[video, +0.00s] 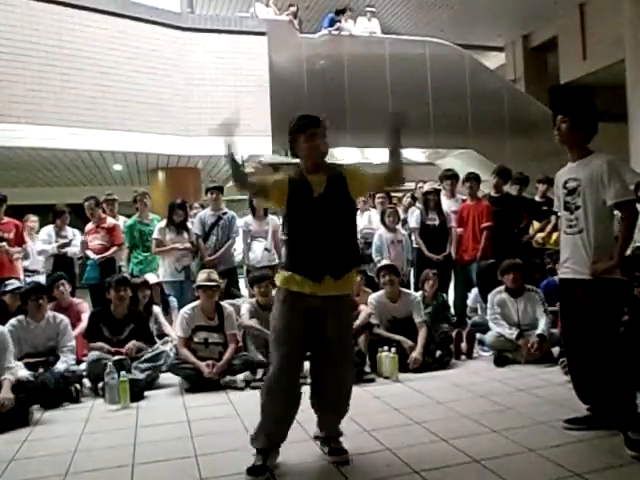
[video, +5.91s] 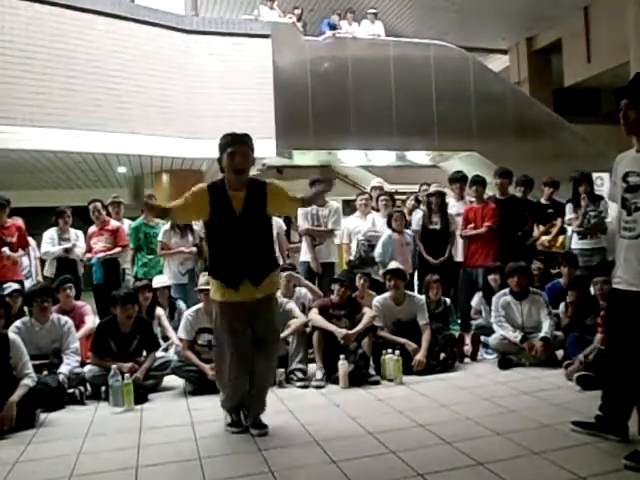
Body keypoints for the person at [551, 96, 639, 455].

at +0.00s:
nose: (557, 130)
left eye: (563, 124)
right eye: (557, 125)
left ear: (582, 129)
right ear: (562, 132)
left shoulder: (604, 165)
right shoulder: (562, 175)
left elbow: (628, 213)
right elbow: (563, 221)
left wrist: (616, 259)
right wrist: (561, 257)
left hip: (601, 276)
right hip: (571, 276)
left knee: (606, 345)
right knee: (577, 345)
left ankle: (620, 411)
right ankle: (597, 408)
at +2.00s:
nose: (576, 122)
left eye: (581, 116)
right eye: (577, 117)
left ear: (600, 120)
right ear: (591, 123)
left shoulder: (628, 159)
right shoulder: (583, 168)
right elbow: (586, 225)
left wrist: (637, 264)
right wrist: (580, 270)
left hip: (624, 281)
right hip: (592, 280)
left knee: (627, 355)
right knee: (592, 350)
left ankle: (639, 430)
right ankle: (602, 412)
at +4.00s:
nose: (616, 119)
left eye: (622, 111)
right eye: (614, 112)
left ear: (638, 115)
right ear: (617, 118)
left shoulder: (632, 162)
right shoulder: (614, 160)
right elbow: (612, 220)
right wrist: (609, 271)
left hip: (636, 282)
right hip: (619, 279)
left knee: (635, 360)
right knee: (617, 354)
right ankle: (612, 419)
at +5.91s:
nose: (624, 119)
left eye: (629, 111)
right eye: (623, 112)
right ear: (625, 118)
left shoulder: (629, 163)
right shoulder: (622, 161)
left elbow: (616, 220)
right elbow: (615, 219)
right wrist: (611, 264)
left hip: (635, 280)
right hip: (624, 277)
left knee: (633, 357)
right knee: (619, 352)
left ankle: (639, 441)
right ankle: (612, 418)